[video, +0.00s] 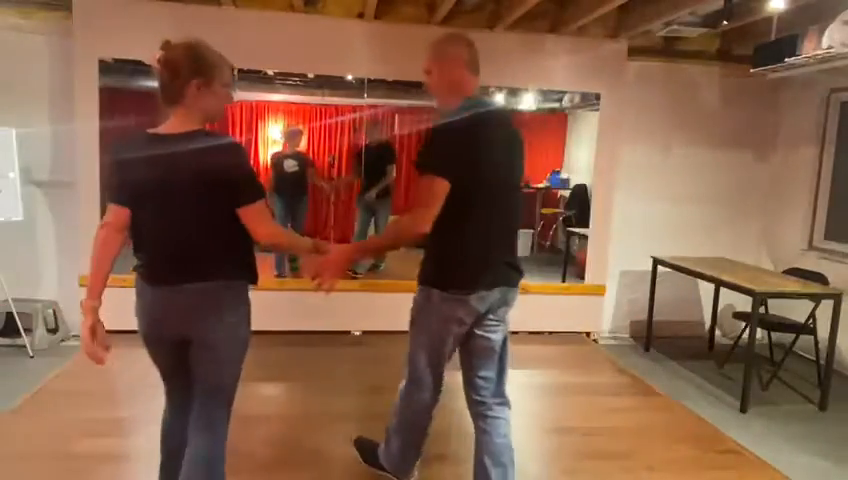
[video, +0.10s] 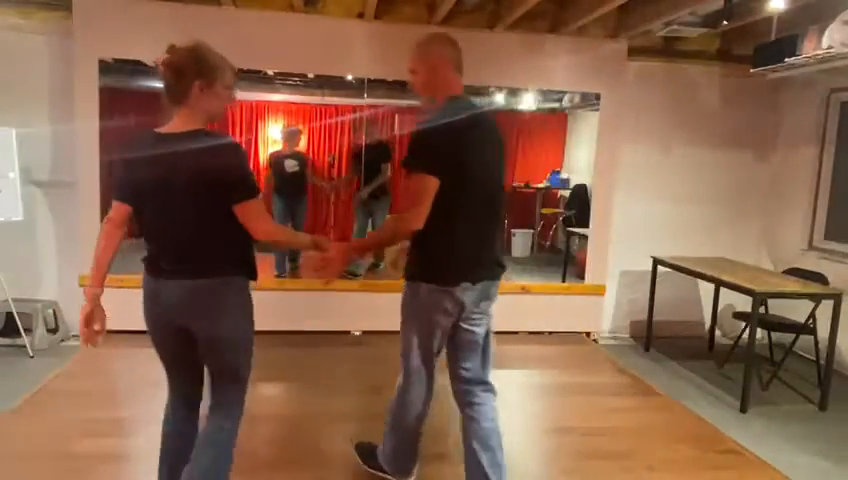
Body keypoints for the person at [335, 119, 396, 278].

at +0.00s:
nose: (371, 134)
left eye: (374, 130)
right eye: (369, 130)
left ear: (380, 131)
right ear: (365, 132)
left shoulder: (387, 148)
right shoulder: (363, 151)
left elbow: (391, 175)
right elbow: (356, 174)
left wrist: (375, 190)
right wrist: (337, 183)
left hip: (382, 195)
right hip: (365, 194)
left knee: (380, 230)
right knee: (360, 230)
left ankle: (379, 260)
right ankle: (354, 262)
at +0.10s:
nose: (369, 132)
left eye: (371, 128)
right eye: (367, 128)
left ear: (377, 130)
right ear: (363, 131)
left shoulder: (383, 148)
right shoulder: (360, 151)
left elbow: (385, 174)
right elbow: (354, 174)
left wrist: (367, 190)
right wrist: (336, 185)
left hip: (380, 195)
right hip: (363, 194)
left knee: (378, 229)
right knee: (360, 229)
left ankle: (378, 259)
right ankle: (356, 263)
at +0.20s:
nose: (358, 132)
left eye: (361, 127)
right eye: (356, 128)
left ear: (368, 127)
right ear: (354, 130)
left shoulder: (379, 147)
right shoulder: (355, 150)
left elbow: (381, 173)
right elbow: (352, 175)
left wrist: (360, 188)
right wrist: (336, 184)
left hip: (375, 196)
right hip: (358, 195)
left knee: (375, 231)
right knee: (357, 231)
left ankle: (376, 262)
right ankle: (355, 266)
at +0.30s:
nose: (358, 132)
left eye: (361, 128)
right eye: (356, 128)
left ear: (368, 128)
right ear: (352, 130)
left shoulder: (376, 146)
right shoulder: (354, 149)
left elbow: (375, 173)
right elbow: (351, 176)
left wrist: (355, 187)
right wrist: (333, 185)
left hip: (372, 196)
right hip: (356, 196)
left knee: (372, 232)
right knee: (356, 232)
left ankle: (377, 265)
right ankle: (355, 268)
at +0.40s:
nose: (354, 135)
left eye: (356, 130)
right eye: (353, 130)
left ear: (361, 129)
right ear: (353, 130)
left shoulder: (371, 146)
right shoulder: (355, 149)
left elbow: (370, 172)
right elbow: (352, 175)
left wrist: (347, 187)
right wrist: (339, 185)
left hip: (366, 196)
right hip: (354, 196)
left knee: (361, 233)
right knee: (355, 233)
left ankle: (361, 269)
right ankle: (355, 268)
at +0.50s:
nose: (349, 132)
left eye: (351, 128)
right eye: (350, 128)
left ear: (355, 128)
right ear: (360, 127)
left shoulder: (366, 147)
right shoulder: (355, 148)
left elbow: (363, 173)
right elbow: (353, 174)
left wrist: (341, 186)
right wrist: (338, 186)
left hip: (362, 196)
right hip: (352, 196)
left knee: (356, 232)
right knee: (354, 232)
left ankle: (355, 269)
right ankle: (354, 268)